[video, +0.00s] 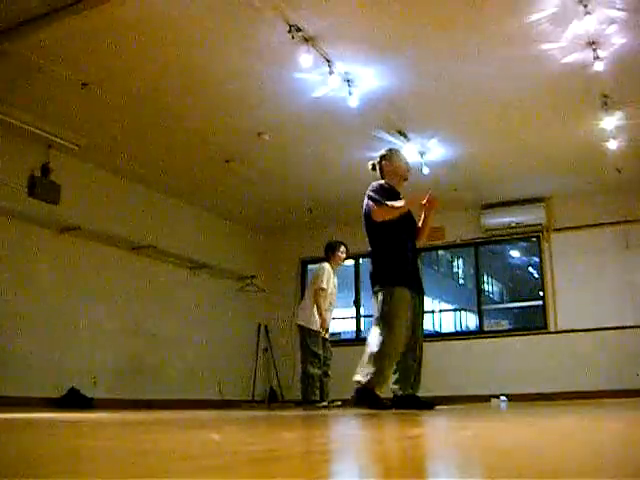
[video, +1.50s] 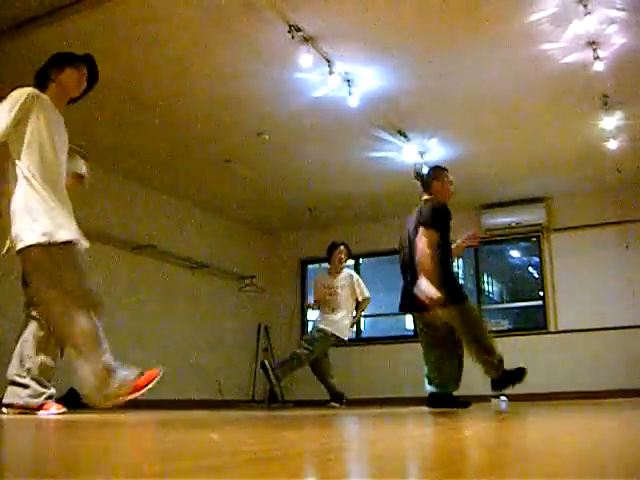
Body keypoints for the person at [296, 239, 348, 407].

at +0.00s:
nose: (343, 256)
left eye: (344, 253)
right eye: (340, 252)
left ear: (342, 256)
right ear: (331, 253)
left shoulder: (331, 273)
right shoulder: (324, 268)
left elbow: (326, 298)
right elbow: (319, 294)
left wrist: (326, 322)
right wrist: (323, 320)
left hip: (320, 322)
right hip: (311, 320)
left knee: (325, 358)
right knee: (314, 360)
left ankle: (323, 396)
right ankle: (312, 398)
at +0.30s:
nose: (341, 254)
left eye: (343, 251)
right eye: (338, 250)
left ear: (343, 255)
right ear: (329, 252)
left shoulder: (335, 275)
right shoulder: (321, 270)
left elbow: (334, 300)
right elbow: (320, 297)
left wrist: (329, 321)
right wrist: (325, 325)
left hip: (323, 321)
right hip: (310, 320)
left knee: (323, 362)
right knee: (311, 361)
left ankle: (321, 396)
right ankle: (309, 397)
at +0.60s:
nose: (343, 253)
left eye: (344, 250)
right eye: (340, 250)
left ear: (343, 254)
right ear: (331, 252)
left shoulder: (339, 276)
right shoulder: (321, 270)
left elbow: (340, 300)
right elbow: (313, 295)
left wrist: (349, 312)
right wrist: (318, 321)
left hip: (326, 321)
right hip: (311, 320)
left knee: (326, 360)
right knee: (312, 359)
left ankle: (324, 395)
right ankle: (308, 396)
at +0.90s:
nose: (346, 253)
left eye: (347, 250)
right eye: (342, 250)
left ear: (349, 254)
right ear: (334, 253)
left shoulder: (341, 275)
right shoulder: (327, 268)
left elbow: (334, 297)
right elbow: (304, 279)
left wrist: (349, 299)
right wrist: (294, 303)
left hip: (326, 320)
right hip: (315, 317)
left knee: (325, 357)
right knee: (327, 354)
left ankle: (319, 396)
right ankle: (320, 396)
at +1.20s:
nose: (342, 251)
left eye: (345, 249)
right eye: (339, 247)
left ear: (348, 253)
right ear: (332, 250)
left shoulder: (349, 274)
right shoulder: (318, 263)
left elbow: (364, 294)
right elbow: (299, 268)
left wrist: (361, 283)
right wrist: (307, 272)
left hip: (333, 314)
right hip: (312, 314)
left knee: (336, 333)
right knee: (314, 359)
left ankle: (336, 362)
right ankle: (319, 397)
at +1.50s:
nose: (341, 258)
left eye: (344, 255)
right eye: (338, 254)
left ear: (346, 259)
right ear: (330, 256)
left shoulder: (350, 277)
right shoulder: (320, 278)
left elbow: (365, 298)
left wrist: (356, 317)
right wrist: (316, 304)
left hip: (339, 324)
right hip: (322, 323)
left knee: (307, 348)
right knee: (318, 364)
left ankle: (278, 372)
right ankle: (337, 396)